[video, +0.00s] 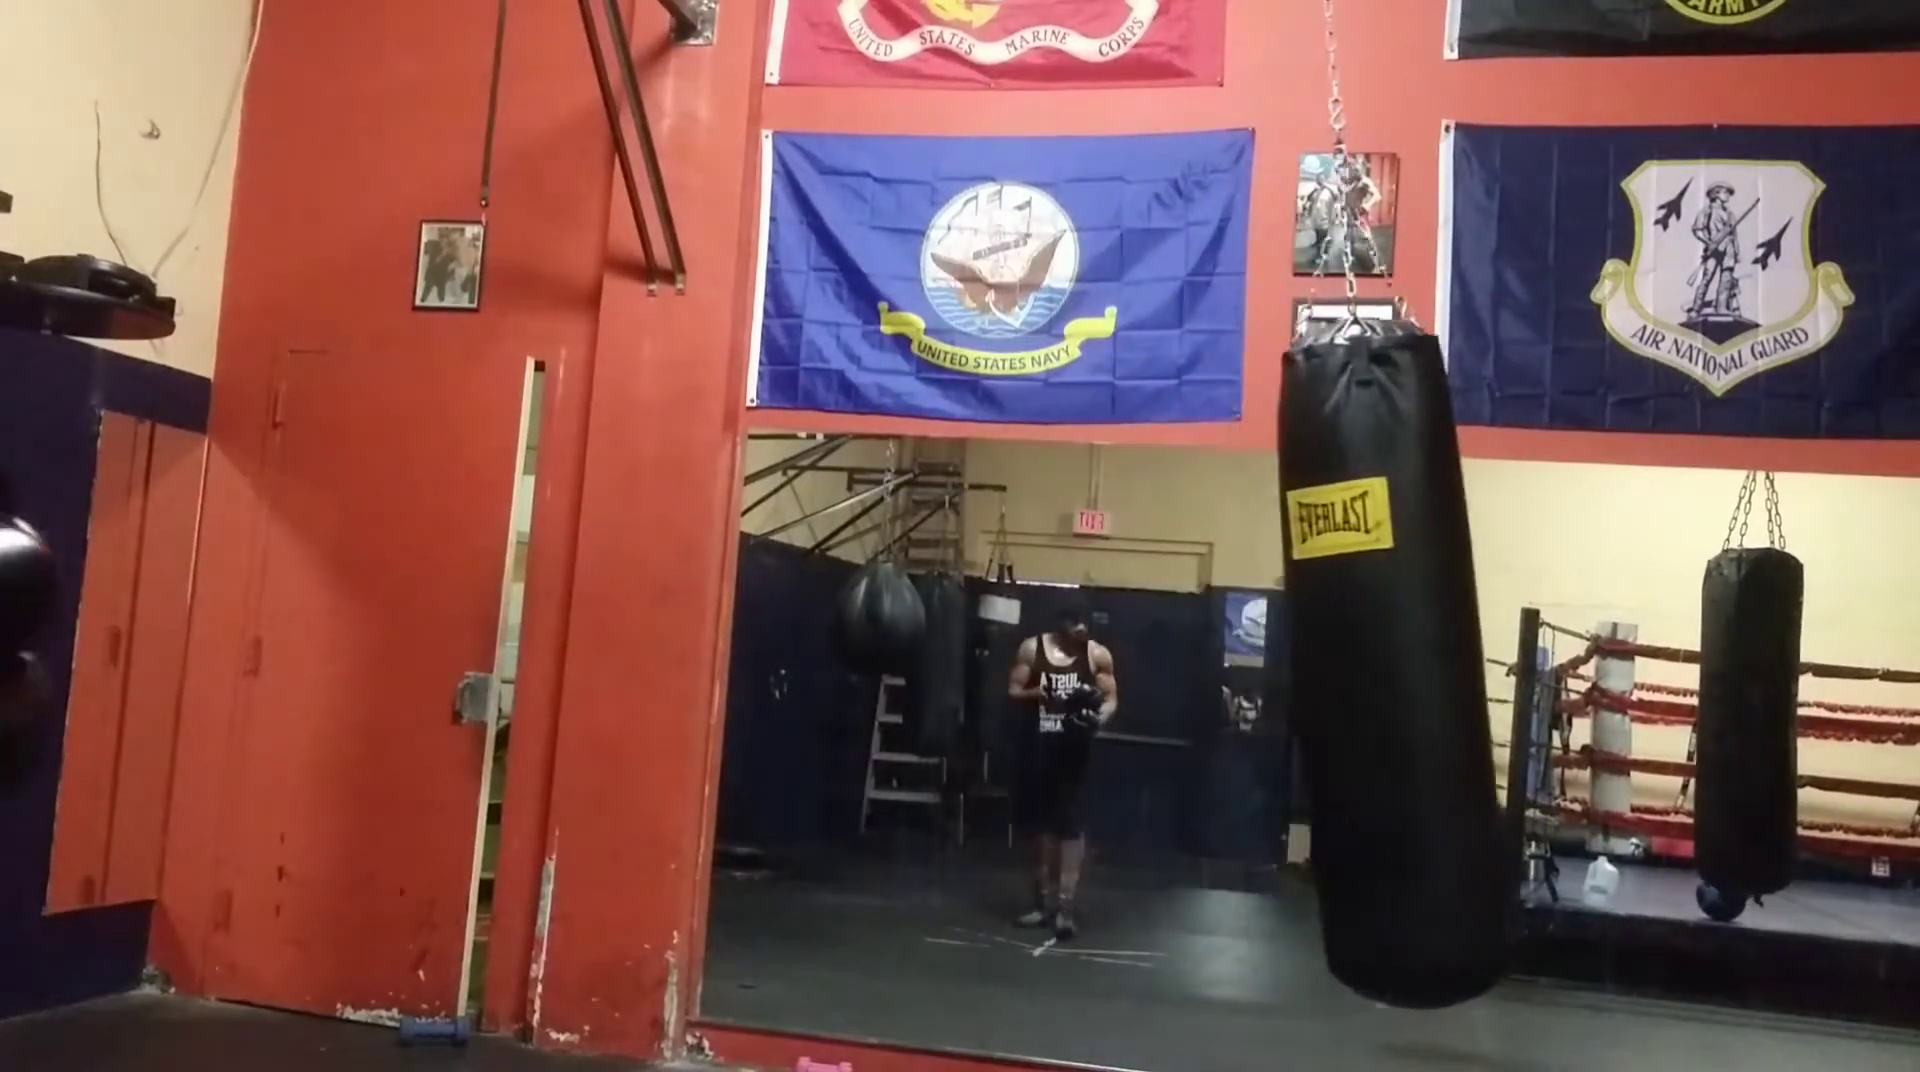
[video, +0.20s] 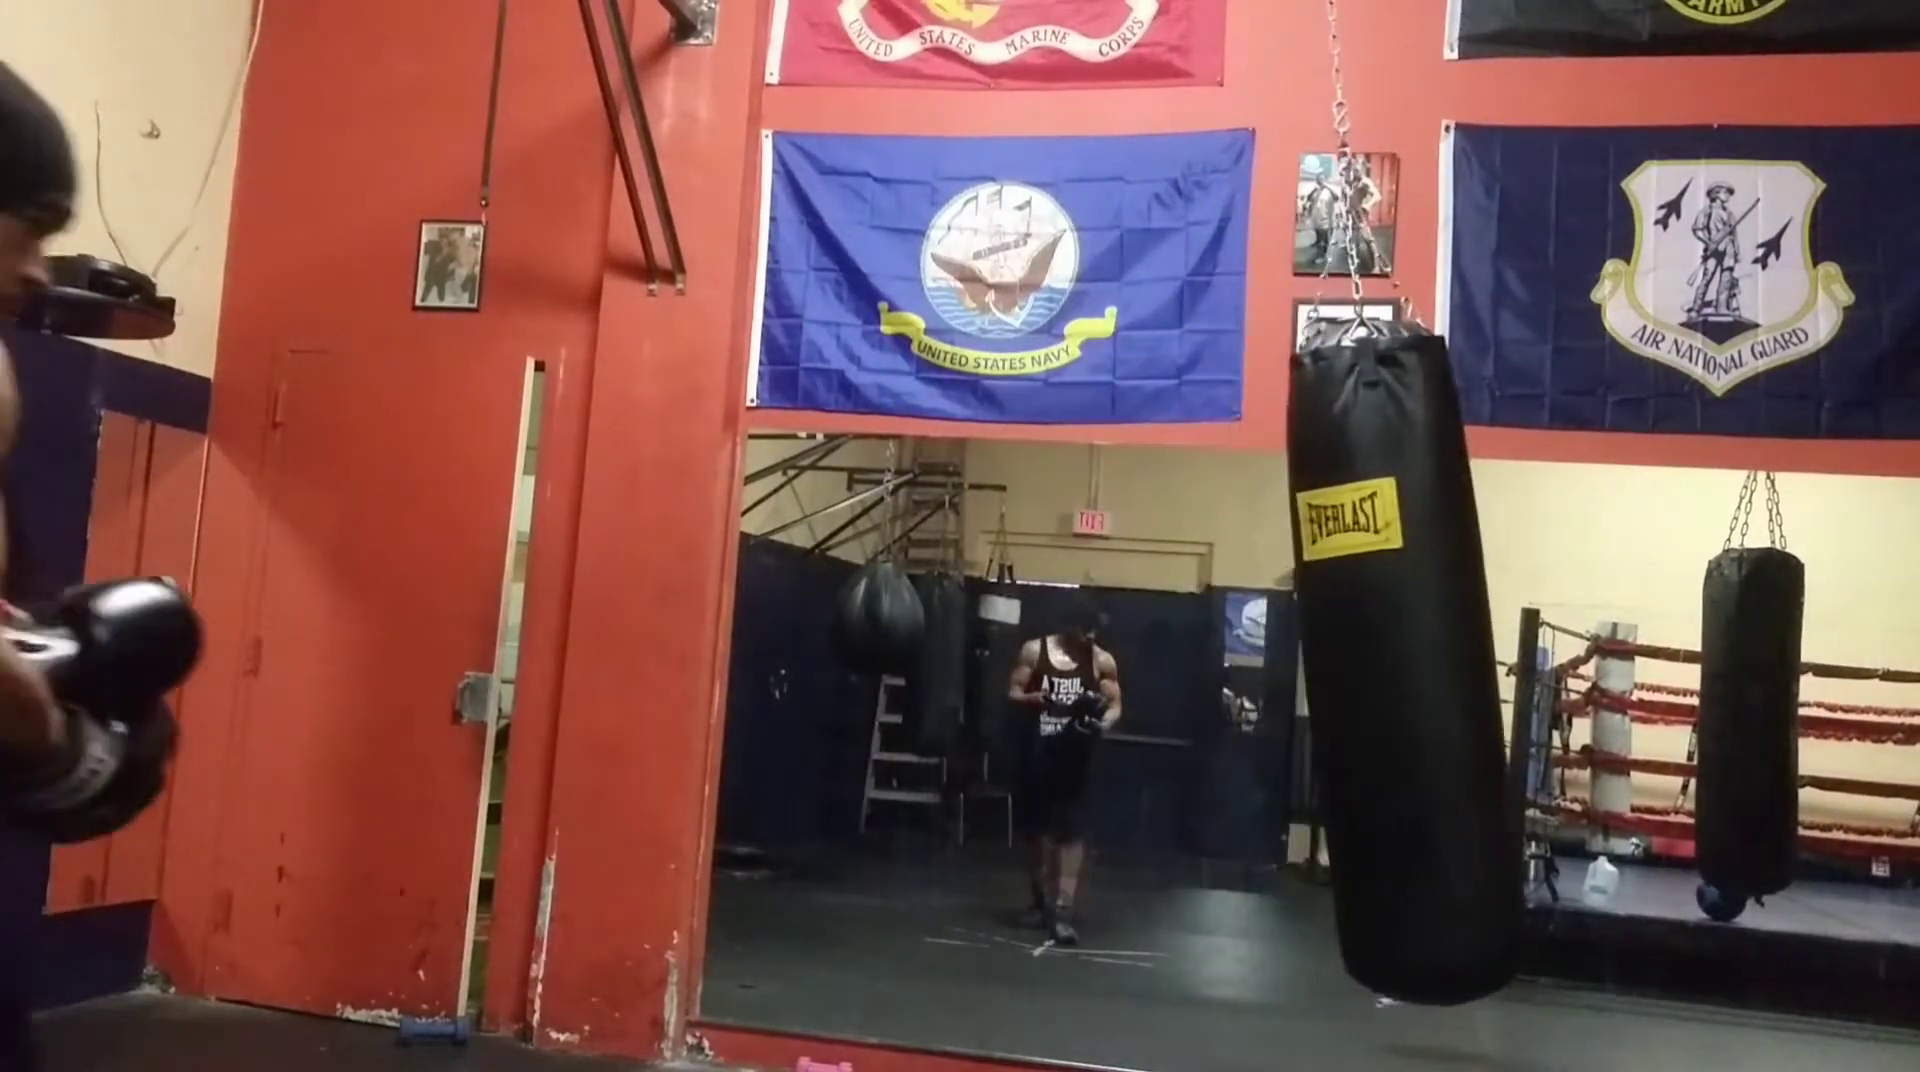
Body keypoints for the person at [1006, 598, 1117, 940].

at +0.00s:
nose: (1082, 633)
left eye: (1085, 627)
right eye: (1076, 626)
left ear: (1088, 625)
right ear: (1060, 624)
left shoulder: (1097, 654)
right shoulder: (1033, 649)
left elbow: (1110, 698)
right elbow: (1015, 691)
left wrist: (1098, 716)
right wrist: (1042, 694)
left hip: (1075, 752)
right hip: (1037, 751)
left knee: (1071, 828)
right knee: (1039, 826)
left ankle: (1066, 908)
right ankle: (1042, 902)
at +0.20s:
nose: (1087, 639)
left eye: (1092, 633)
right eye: (1082, 632)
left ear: (1096, 631)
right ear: (1067, 625)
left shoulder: (1102, 661)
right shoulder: (1035, 651)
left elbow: (1114, 704)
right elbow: (1015, 693)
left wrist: (1101, 722)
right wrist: (1040, 699)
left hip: (1076, 756)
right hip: (1036, 754)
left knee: (1072, 831)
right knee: (1037, 829)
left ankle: (1063, 912)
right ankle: (1039, 901)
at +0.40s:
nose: (1095, 632)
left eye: (1099, 626)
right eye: (1090, 626)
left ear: (1103, 624)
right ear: (1074, 621)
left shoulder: (1110, 657)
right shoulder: (1041, 645)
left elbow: (1119, 702)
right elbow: (1019, 687)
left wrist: (1107, 719)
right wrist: (1041, 693)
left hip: (1083, 758)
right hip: (1042, 754)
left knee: (1078, 836)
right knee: (1038, 829)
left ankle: (1065, 915)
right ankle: (1034, 889)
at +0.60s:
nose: (1098, 630)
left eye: (1101, 623)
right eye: (1092, 623)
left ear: (1104, 621)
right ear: (1075, 619)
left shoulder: (1113, 653)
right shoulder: (1043, 644)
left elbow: (1123, 698)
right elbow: (1020, 686)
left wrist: (1111, 714)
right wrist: (1041, 693)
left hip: (1086, 757)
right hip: (1045, 753)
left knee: (1078, 841)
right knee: (1036, 835)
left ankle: (1063, 920)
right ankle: (1021, 913)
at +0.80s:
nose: (1092, 630)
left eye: (1095, 623)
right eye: (1086, 623)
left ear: (1100, 621)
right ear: (1069, 620)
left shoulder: (1109, 653)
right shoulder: (1039, 646)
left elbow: (1120, 700)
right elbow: (1018, 688)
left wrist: (1105, 715)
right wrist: (1036, 699)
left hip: (1083, 755)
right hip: (1042, 751)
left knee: (1075, 837)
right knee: (1031, 831)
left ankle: (1063, 919)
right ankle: (1026, 917)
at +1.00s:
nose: (1081, 624)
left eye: (1084, 616)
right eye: (1074, 617)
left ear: (1088, 617)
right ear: (1058, 617)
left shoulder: (1100, 652)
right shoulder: (1029, 648)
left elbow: (1107, 700)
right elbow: (1009, 693)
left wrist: (1098, 709)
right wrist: (1032, 703)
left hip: (1081, 757)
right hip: (1037, 756)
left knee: (1072, 840)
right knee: (1032, 838)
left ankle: (1061, 921)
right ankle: (1031, 924)